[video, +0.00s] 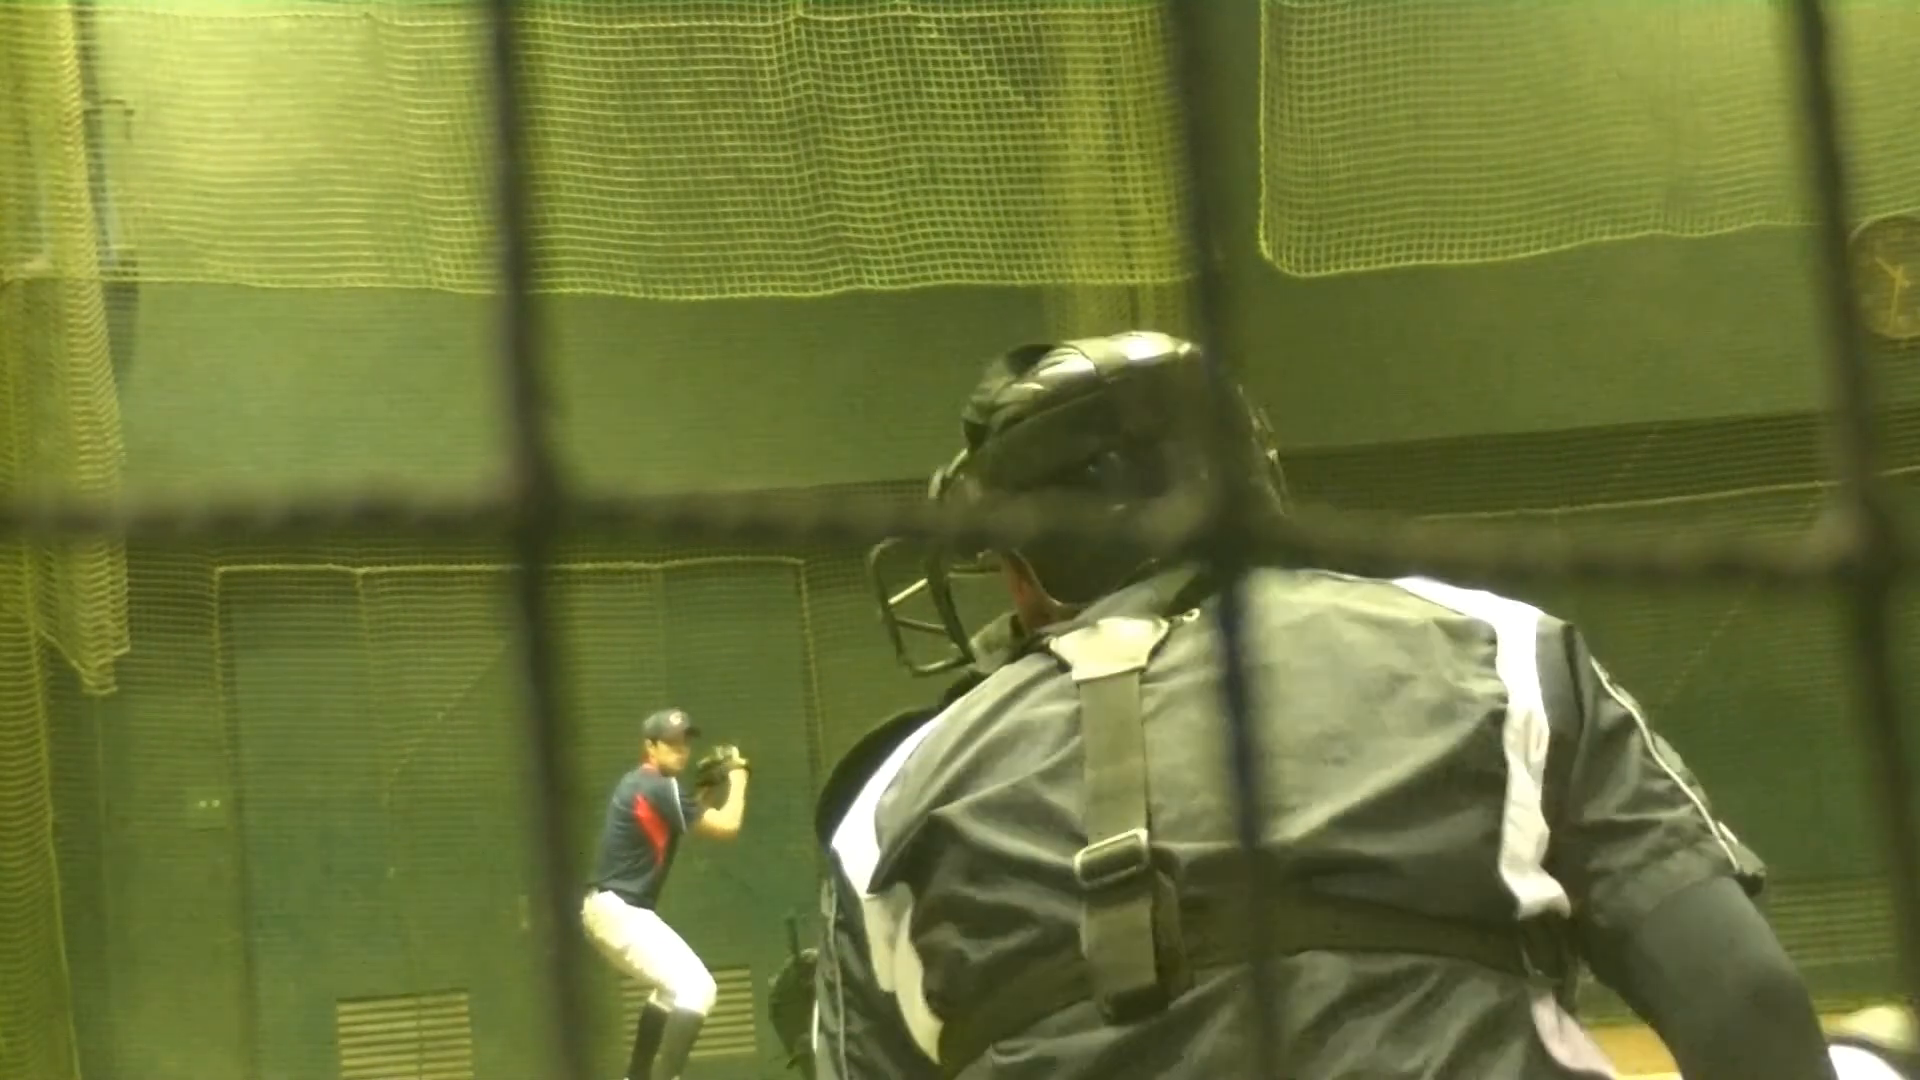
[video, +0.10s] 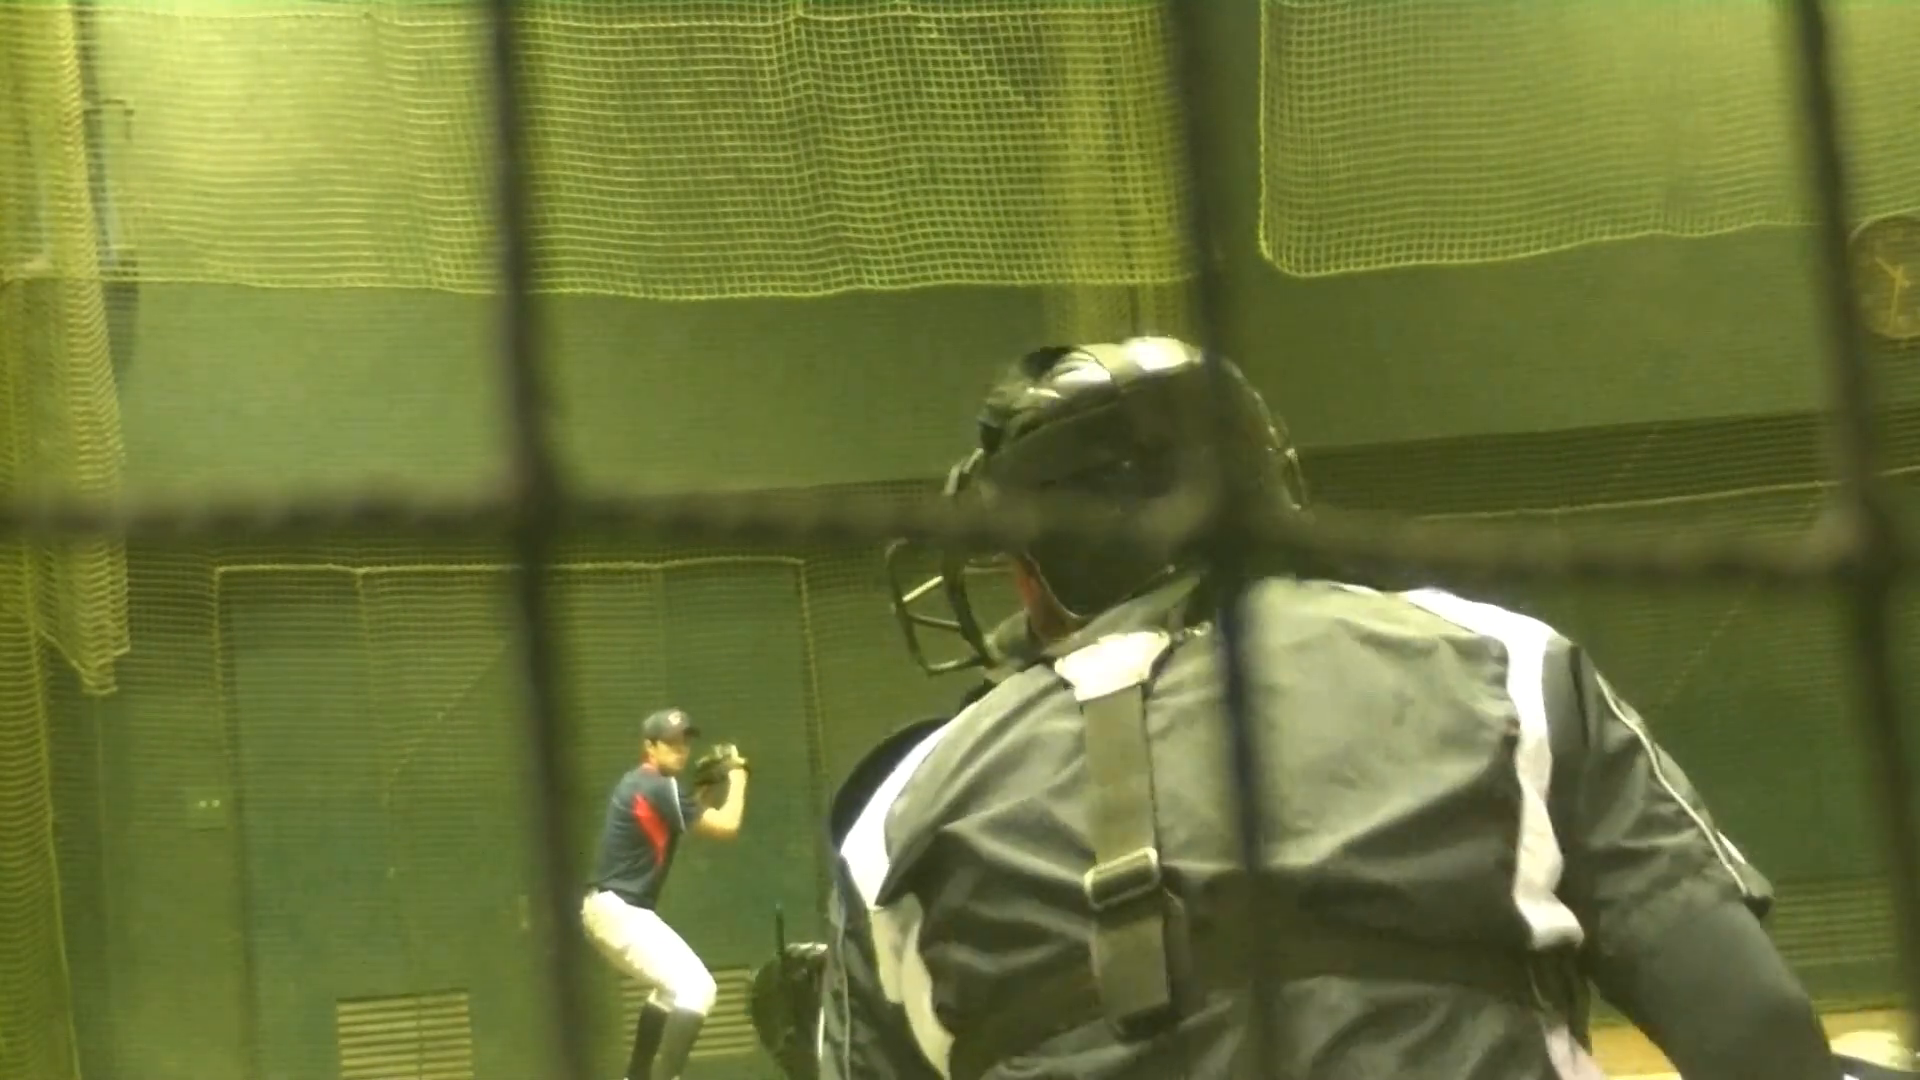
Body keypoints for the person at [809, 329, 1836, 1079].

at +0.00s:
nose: (985, 597)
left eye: (985, 567)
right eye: (976, 563)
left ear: (1026, 582)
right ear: (1263, 506)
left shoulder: (893, 807)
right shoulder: (1506, 658)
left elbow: (870, 1065)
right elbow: (1744, 1000)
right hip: (1468, 1043)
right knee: (1843, 1057)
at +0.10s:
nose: (1000, 604)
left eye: (996, 575)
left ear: (1034, 592)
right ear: (1280, 513)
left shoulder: (898, 819)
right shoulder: (1514, 675)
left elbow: (876, 1069)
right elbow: (1757, 1034)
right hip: (1451, 1047)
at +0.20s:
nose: (1017, 621)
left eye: (1014, 590)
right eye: (1004, 587)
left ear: (1056, 607)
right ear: (1301, 534)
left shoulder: (938, 834)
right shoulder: (1549, 710)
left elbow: (891, 1058)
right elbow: (1774, 1057)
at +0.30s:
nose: (1042, 625)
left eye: (1042, 593)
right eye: (1030, 589)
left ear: (1087, 611)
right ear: (1322, 550)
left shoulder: (965, 848)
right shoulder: (1592, 724)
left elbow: (910, 1068)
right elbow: (1803, 1055)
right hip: (1529, 1042)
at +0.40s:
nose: (1077, 621)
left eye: (1080, 586)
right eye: (1071, 585)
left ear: (1132, 608)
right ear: (1357, 561)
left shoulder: (1004, 858)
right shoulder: (1654, 739)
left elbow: (938, 1068)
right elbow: (1866, 1025)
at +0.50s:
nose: (1123, 648)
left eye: (1129, 607)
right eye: (1113, 605)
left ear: (1181, 626)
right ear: (1399, 577)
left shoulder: (1062, 872)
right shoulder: (1708, 760)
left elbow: (985, 1067)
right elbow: (1890, 1023)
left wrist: (925, 1000)